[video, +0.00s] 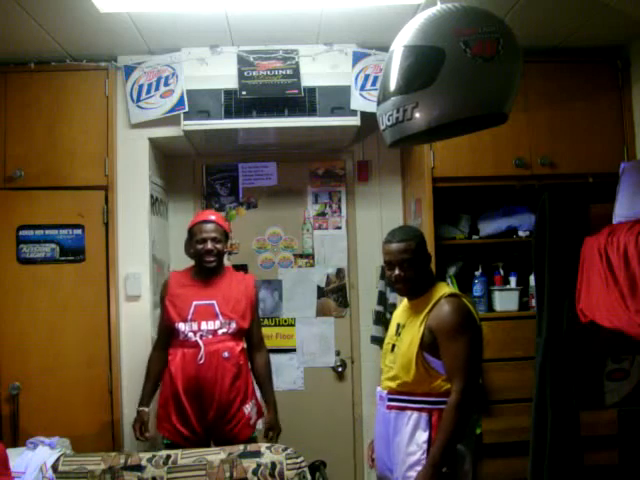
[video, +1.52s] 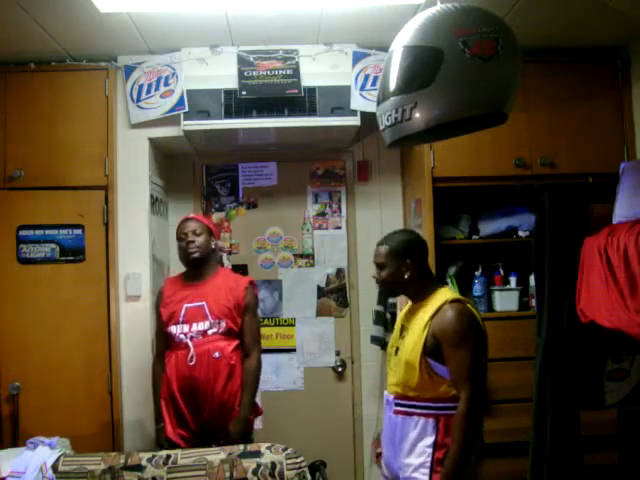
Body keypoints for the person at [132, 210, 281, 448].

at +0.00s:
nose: (209, 247)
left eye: (216, 241)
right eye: (201, 241)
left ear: (227, 245)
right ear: (189, 247)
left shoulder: (245, 284)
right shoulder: (174, 284)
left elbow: (257, 348)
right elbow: (162, 347)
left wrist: (271, 410)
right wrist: (143, 405)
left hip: (233, 413)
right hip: (181, 413)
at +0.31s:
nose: (207, 247)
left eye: (215, 241)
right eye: (200, 241)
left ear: (226, 245)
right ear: (188, 247)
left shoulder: (244, 284)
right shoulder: (173, 284)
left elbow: (256, 345)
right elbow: (160, 347)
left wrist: (266, 396)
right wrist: (143, 405)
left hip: (233, 412)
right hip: (181, 413)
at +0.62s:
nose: (206, 248)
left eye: (213, 241)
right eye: (198, 242)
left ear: (224, 245)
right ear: (187, 247)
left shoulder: (243, 284)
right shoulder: (171, 286)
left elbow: (256, 350)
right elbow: (161, 349)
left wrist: (265, 413)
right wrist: (152, 410)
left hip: (234, 411)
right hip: (181, 411)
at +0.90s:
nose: (206, 247)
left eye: (213, 240)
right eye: (198, 241)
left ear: (223, 245)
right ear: (186, 247)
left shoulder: (243, 285)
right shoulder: (171, 285)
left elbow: (256, 350)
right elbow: (161, 350)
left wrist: (263, 413)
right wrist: (155, 412)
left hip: (234, 409)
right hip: (181, 409)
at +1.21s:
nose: (198, 241)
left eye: (205, 235)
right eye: (190, 237)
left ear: (219, 243)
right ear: (181, 248)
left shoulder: (243, 287)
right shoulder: (169, 290)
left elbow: (256, 352)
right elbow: (159, 356)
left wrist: (259, 412)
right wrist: (159, 419)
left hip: (233, 413)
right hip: (181, 414)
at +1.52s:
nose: (189, 240)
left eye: (197, 234)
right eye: (182, 237)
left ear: (213, 240)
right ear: (178, 247)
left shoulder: (240, 287)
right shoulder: (168, 291)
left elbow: (252, 354)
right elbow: (161, 356)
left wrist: (243, 416)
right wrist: (161, 420)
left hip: (228, 414)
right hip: (180, 416)